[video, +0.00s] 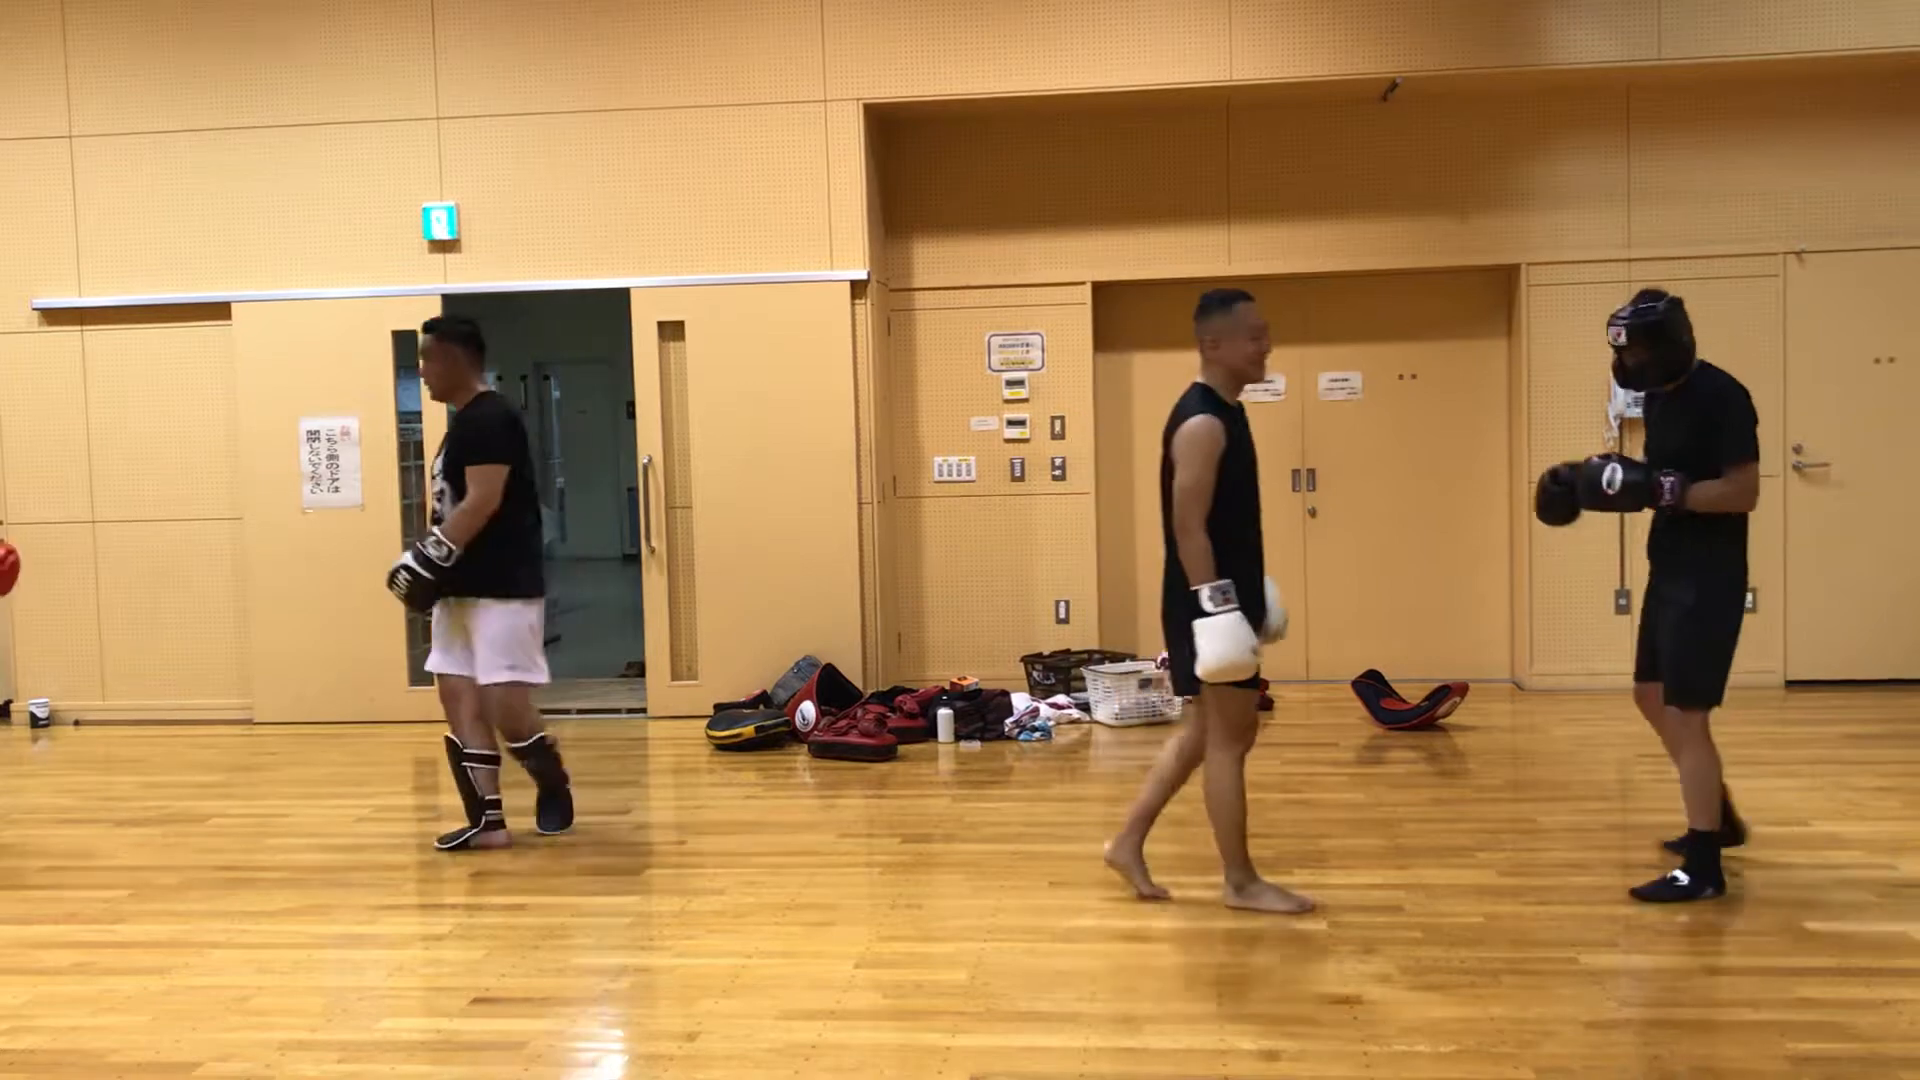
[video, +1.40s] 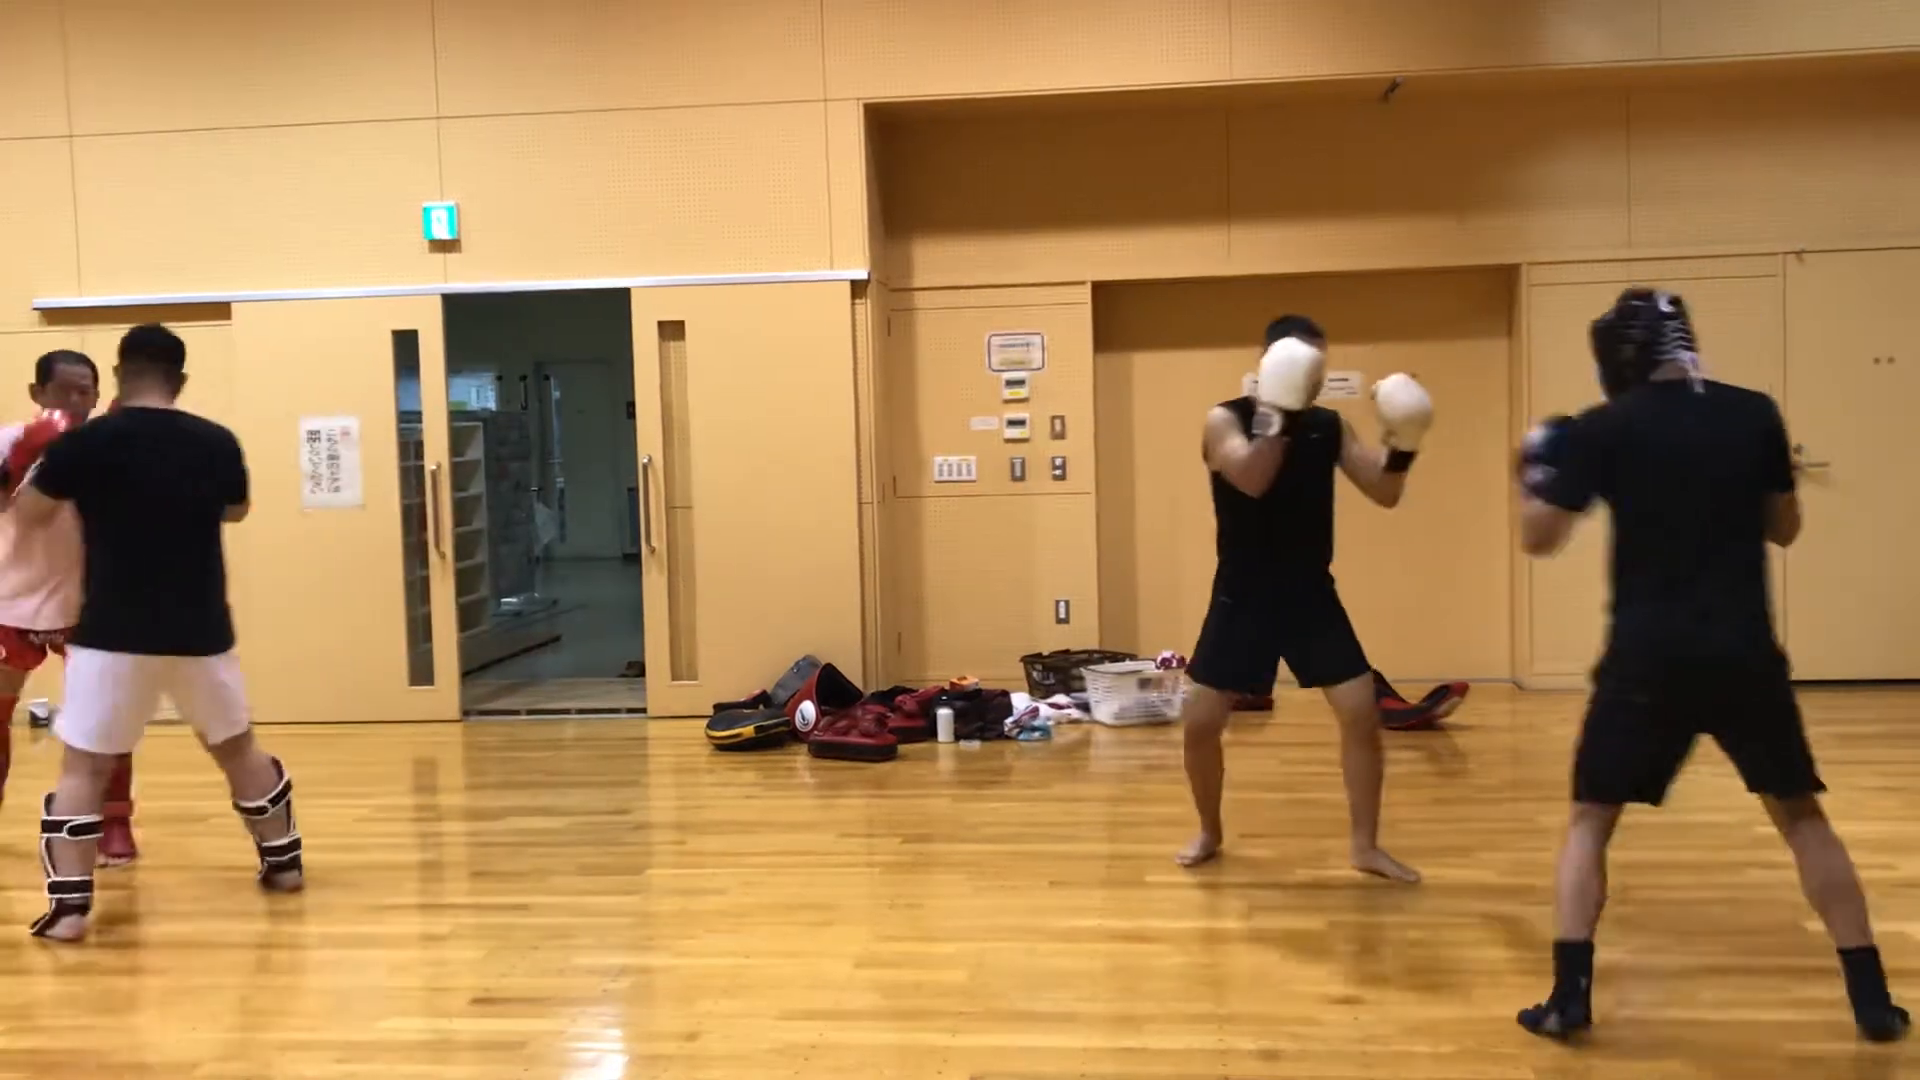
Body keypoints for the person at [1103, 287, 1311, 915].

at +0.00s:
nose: (1266, 346)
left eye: (1265, 335)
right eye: (1255, 337)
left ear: (1230, 344)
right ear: (1213, 344)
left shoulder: (1225, 412)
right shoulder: (1202, 422)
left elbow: (1227, 519)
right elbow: (1187, 526)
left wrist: (1256, 587)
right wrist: (1217, 610)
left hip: (1219, 600)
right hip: (1209, 606)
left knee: (1201, 731)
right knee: (1229, 737)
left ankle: (1128, 843)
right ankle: (1240, 880)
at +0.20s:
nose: (1299, 351)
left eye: (1298, 339)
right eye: (1291, 339)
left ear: (1254, 344)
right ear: (1258, 343)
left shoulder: (1238, 409)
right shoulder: (1237, 420)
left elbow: (1246, 513)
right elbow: (1222, 521)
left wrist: (1297, 554)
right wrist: (1276, 588)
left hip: (1241, 594)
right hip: (1228, 599)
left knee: (1277, 714)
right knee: (1244, 730)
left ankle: (1195, 835)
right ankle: (1241, 880)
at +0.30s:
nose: (1311, 348)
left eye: (1310, 336)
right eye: (1304, 336)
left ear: (1266, 341)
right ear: (1271, 341)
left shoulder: (1251, 408)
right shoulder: (1251, 417)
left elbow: (1266, 506)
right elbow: (1251, 520)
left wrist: (1323, 527)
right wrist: (1323, 554)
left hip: (1261, 596)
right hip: (1244, 601)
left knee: (1297, 709)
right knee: (1260, 724)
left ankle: (1257, 854)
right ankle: (1242, 880)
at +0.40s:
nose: (1320, 347)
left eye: (1319, 335)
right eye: (1313, 335)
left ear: (1276, 341)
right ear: (1279, 339)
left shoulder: (1264, 409)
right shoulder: (1260, 417)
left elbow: (1293, 493)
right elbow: (1280, 515)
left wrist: (1351, 485)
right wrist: (1354, 502)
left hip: (1276, 603)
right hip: (1258, 607)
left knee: (1313, 711)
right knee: (1264, 727)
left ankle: (1320, 853)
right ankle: (1243, 881)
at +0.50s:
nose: (1330, 348)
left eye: (1330, 336)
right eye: (1323, 335)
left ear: (1288, 341)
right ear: (1287, 339)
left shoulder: (1290, 408)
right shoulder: (1262, 415)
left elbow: (1343, 466)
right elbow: (1313, 500)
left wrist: (1401, 434)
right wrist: (1361, 442)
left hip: (1297, 595)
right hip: (1266, 598)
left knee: (1332, 711)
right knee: (1276, 725)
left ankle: (1348, 853)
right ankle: (1243, 879)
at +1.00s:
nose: (1396, 373)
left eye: (1398, 362)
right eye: (1386, 361)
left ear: (1376, 364)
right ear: (1344, 358)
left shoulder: (1381, 432)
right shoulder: (1288, 418)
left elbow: (1409, 516)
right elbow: (1263, 506)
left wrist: (1448, 501)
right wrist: (1329, 492)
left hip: (1339, 592)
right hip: (1278, 592)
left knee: (1383, 709)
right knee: (1283, 719)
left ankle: (1368, 847)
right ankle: (1258, 867)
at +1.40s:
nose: (1307, 376)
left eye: (1314, 366)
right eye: (1296, 364)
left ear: (1322, 370)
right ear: (1268, 362)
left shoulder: (1329, 427)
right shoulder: (1226, 420)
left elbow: (1384, 490)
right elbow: (1250, 479)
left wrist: (1402, 444)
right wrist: (1273, 415)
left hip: (1310, 597)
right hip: (1241, 599)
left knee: (1360, 709)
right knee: (1199, 718)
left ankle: (1364, 847)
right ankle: (1208, 833)